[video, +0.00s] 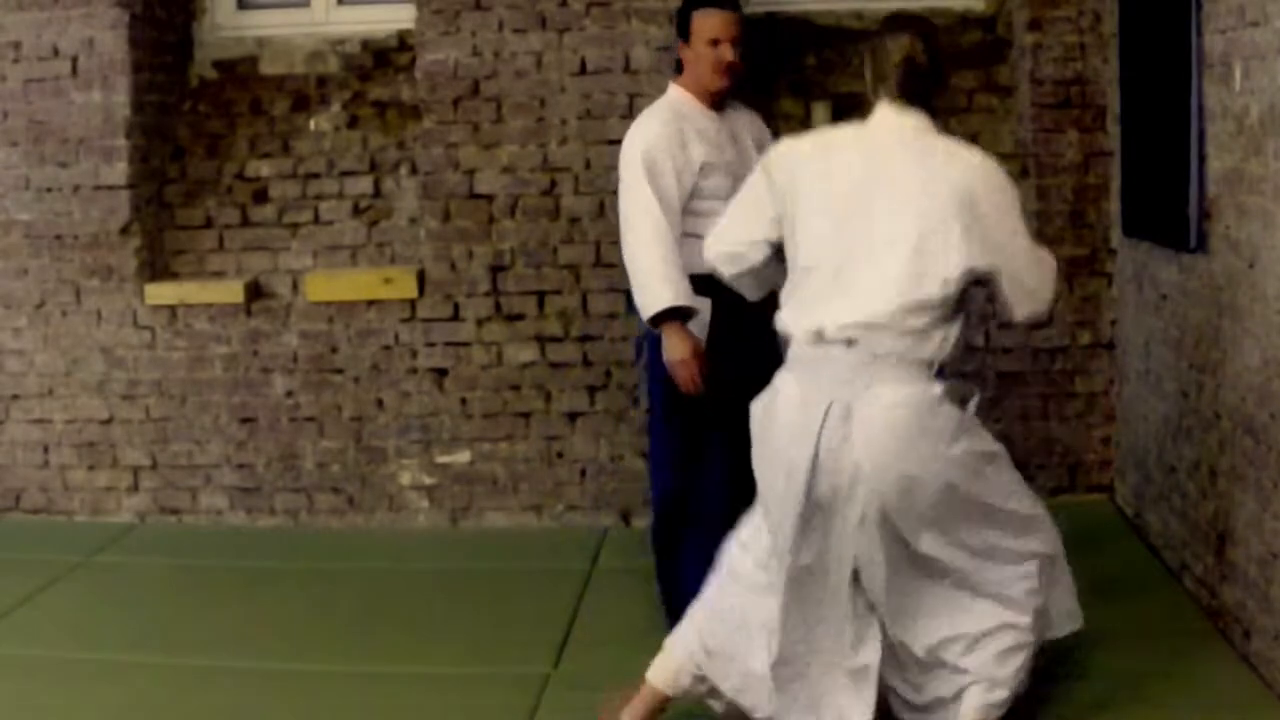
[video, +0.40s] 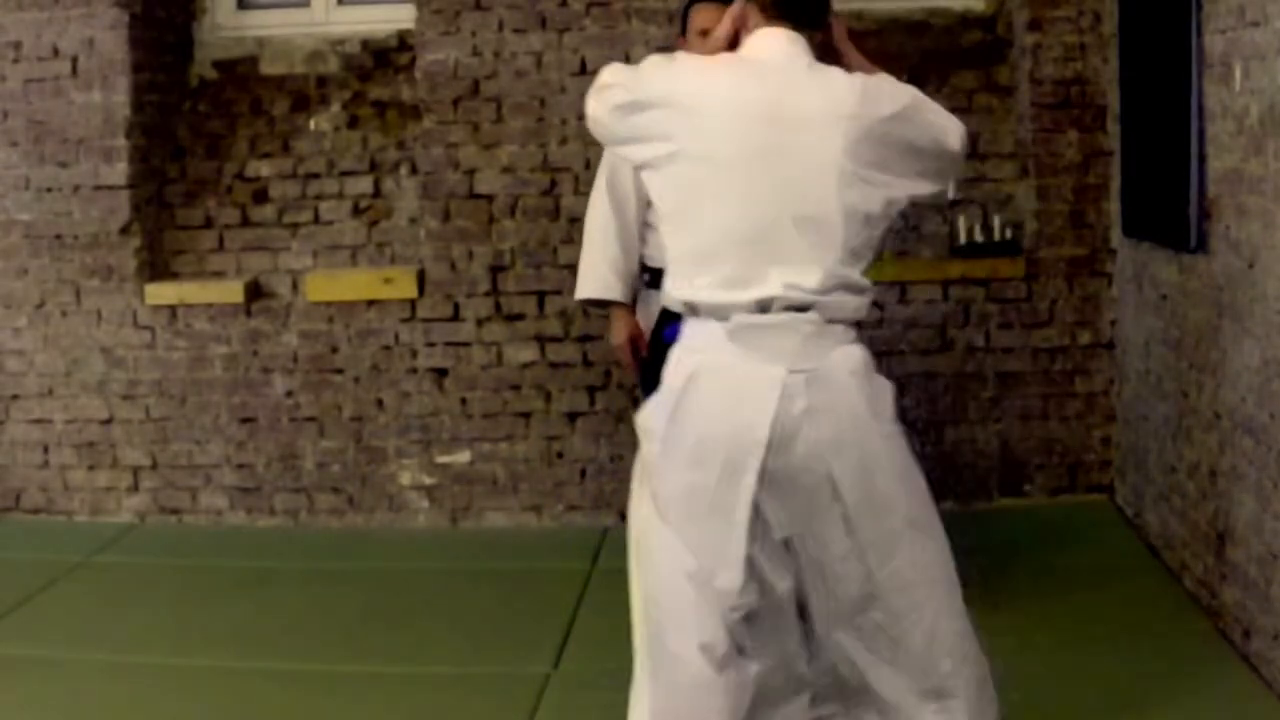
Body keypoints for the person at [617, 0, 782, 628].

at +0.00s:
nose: (729, 55)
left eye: (734, 44)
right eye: (715, 44)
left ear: (740, 50)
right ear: (683, 51)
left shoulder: (750, 128)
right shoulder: (656, 131)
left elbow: (783, 213)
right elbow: (644, 232)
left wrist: (794, 301)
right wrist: (671, 325)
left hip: (756, 311)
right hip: (688, 312)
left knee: (749, 471)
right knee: (690, 479)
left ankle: (753, 617)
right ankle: (691, 629)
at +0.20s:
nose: (726, 46)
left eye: (734, 36)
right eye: (713, 35)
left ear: (744, 47)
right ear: (685, 46)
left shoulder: (761, 122)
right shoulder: (649, 129)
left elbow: (790, 213)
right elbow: (621, 226)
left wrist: (787, 300)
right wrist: (644, 310)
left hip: (758, 304)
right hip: (683, 308)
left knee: (757, 463)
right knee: (690, 470)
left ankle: (758, 622)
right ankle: (681, 625)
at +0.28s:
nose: (723, 46)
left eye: (733, 36)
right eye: (711, 35)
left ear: (747, 42)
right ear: (685, 45)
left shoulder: (763, 109)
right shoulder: (653, 113)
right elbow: (618, 213)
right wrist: (631, 306)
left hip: (752, 294)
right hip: (674, 296)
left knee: (749, 444)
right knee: (685, 447)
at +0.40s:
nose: (718, 44)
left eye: (729, 32)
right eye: (704, 33)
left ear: (747, 34)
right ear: (680, 42)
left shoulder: (771, 117)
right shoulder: (646, 120)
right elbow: (615, 216)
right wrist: (621, 308)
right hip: (671, 299)